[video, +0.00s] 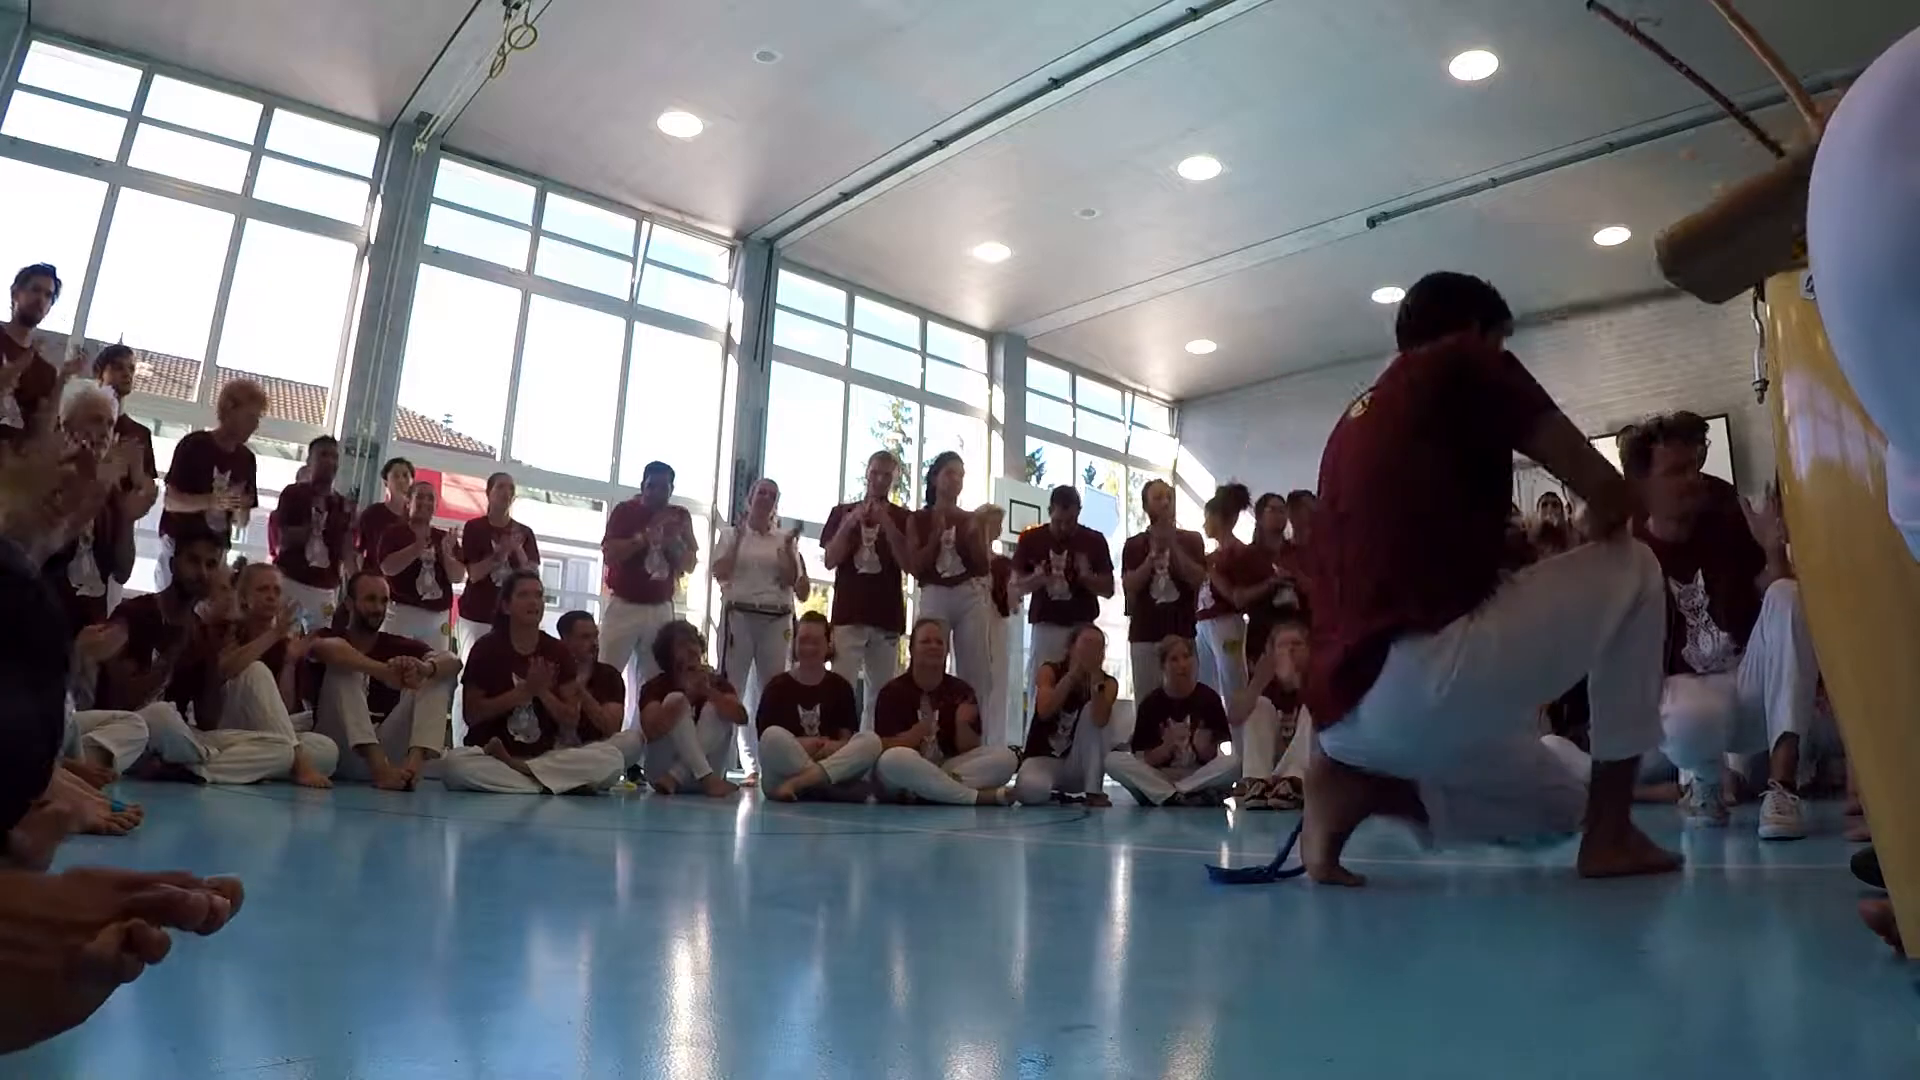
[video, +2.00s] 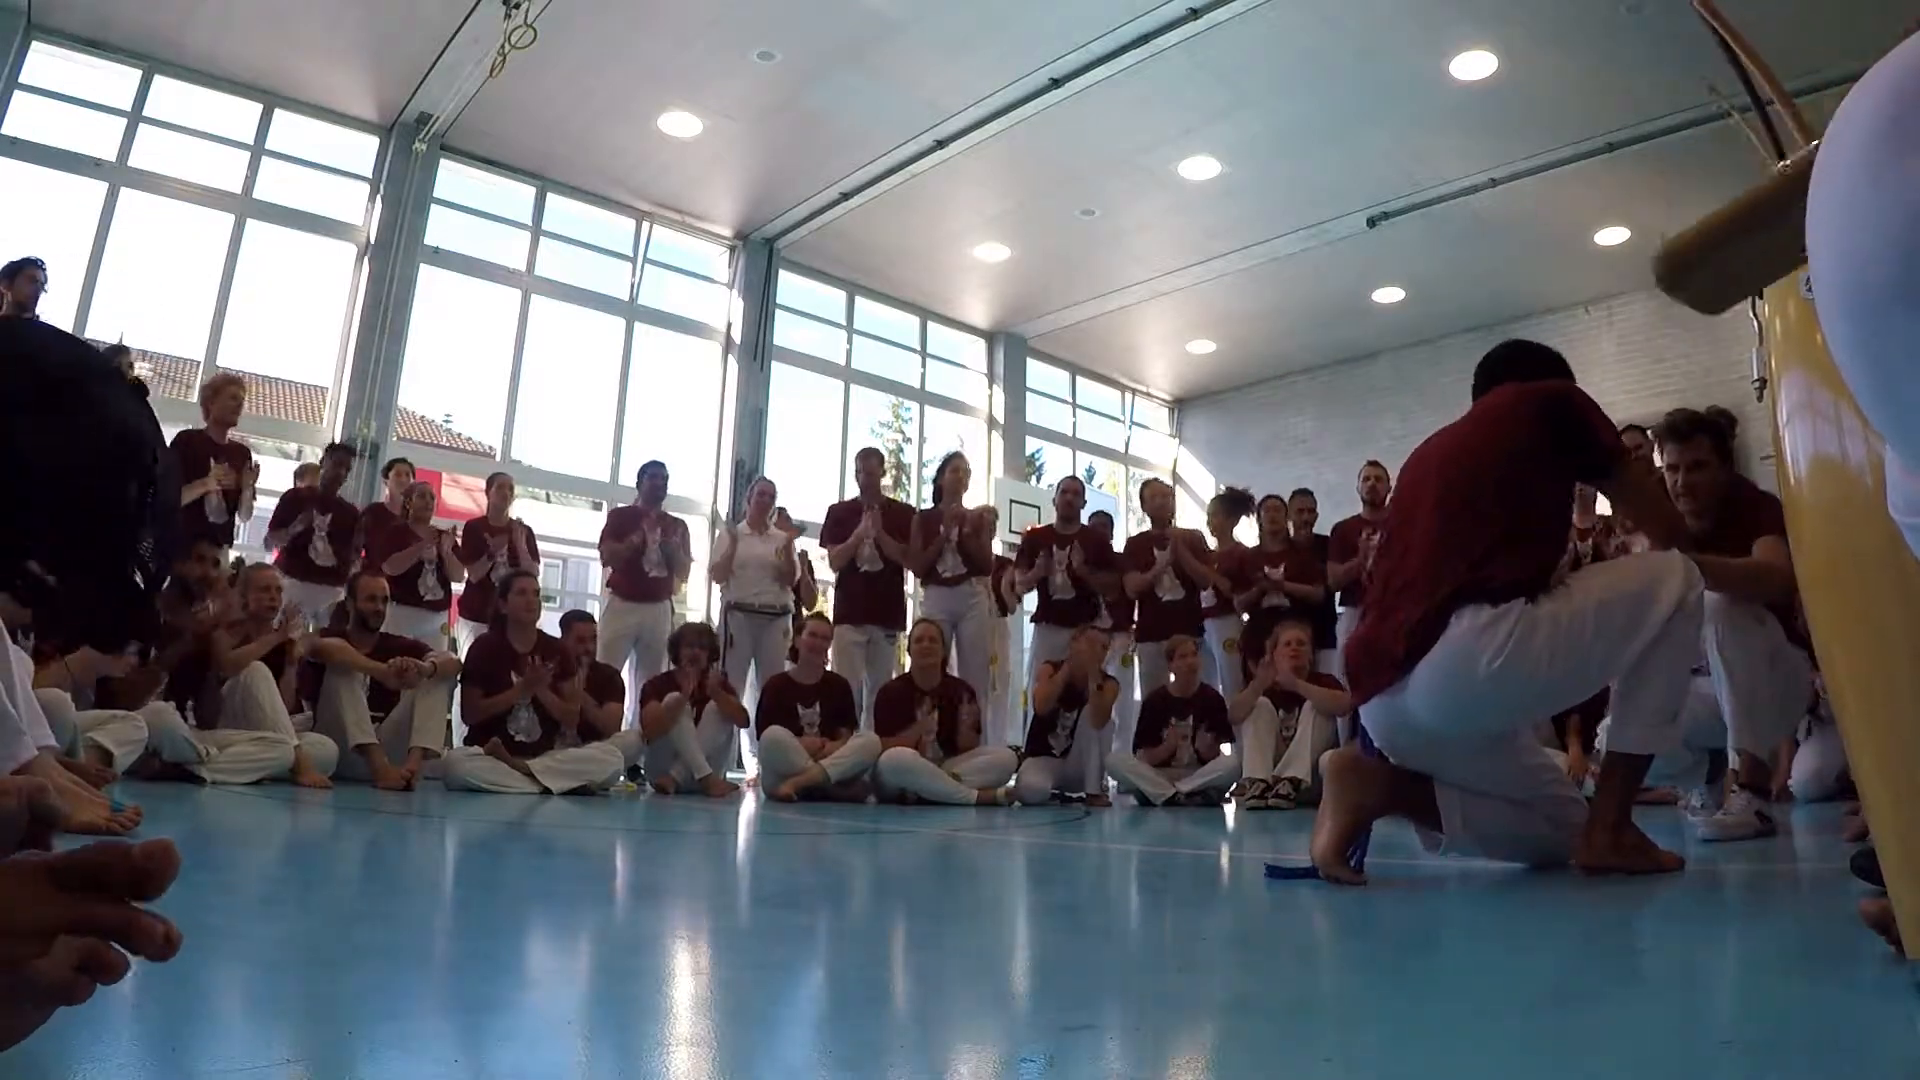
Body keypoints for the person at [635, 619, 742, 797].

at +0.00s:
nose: (690, 649)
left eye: (693, 642)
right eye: (681, 646)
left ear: (701, 646)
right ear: (668, 655)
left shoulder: (716, 682)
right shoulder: (654, 687)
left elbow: (741, 717)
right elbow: (650, 731)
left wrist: (708, 692)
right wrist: (689, 696)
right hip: (664, 773)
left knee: (716, 706)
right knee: (676, 700)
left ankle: (675, 777)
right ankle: (708, 777)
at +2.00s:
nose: (695, 652)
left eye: (702, 648)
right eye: (689, 646)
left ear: (711, 654)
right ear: (676, 652)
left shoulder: (718, 682)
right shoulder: (656, 684)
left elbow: (743, 721)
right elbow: (650, 731)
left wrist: (716, 693)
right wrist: (683, 696)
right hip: (664, 771)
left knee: (719, 706)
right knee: (674, 701)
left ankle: (674, 777)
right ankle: (707, 778)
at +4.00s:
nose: (702, 655)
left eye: (703, 648)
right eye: (695, 649)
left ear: (706, 649)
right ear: (678, 655)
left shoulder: (716, 682)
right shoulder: (654, 687)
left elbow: (743, 720)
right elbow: (650, 730)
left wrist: (711, 690)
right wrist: (680, 691)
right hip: (664, 771)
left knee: (716, 706)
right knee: (676, 700)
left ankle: (675, 776)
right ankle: (707, 776)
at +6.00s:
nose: (687, 651)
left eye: (689, 643)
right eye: (676, 648)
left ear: (695, 646)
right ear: (663, 657)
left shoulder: (715, 679)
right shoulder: (653, 688)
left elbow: (742, 719)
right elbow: (652, 729)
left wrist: (713, 691)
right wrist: (689, 696)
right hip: (664, 772)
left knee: (716, 705)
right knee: (676, 700)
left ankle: (677, 776)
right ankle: (706, 776)